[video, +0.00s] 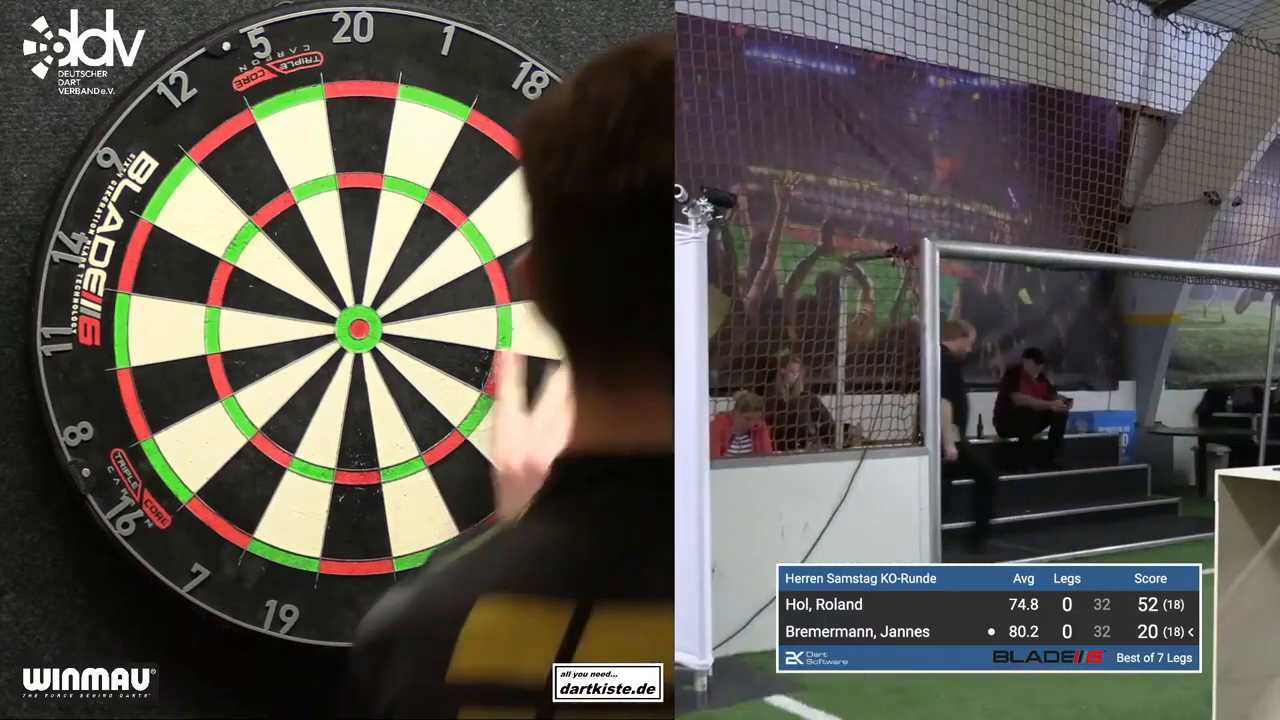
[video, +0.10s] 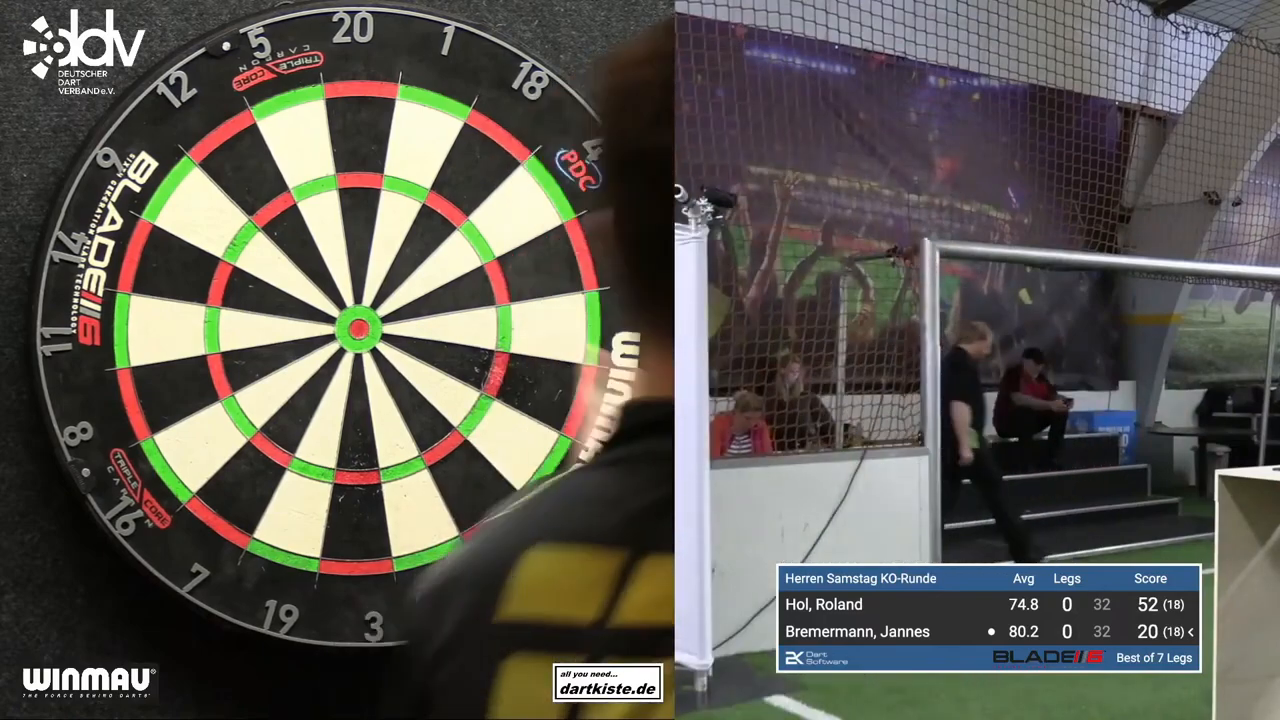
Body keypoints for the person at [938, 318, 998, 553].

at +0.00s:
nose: (969, 349)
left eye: (970, 344)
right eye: (968, 343)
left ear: (953, 339)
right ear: (955, 339)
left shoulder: (940, 358)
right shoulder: (947, 362)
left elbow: (943, 403)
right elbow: (944, 404)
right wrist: (948, 442)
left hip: (941, 441)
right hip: (950, 442)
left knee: (940, 492)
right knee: (986, 475)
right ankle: (979, 536)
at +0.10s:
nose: (988, 350)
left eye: (989, 346)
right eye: (986, 345)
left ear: (966, 341)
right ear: (973, 342)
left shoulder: (952, 360)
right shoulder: (961, 363)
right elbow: (959, 405)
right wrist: (964, 445)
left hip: (950, 442)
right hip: (968, 443)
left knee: (944, 499)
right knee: (995, 493)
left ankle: (926, 550)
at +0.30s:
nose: (1017, 352)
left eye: (1018, 347)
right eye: (1016, 346)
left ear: (995, 342)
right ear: (1005, 343)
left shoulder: (979, 363)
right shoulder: (993, 366)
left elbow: (1011, 397)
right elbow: (992, 411)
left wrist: (1048, 405)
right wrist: (998, 450)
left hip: (973, 444)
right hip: (990, 446)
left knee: (965, 495)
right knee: (1014, 500)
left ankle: (935, 542)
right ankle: (1031, 553)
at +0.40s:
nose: (1036, 347)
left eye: (1037, 342)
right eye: (1035, 341)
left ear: (1016, 339)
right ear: (1023, 339)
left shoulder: (1001, 359)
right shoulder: (1012, 363)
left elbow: (1015, 400)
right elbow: (1016, 405)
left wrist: (1047, 405)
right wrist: (1028, 443)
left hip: (997, 443)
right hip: (1009, 445)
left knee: (996, 493)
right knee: (1028, 500)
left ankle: (953, 539)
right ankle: (1033, 557)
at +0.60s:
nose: (1064, 342)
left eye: (1064, 337)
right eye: (1062, 336)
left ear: (1044, 333)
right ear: (1051, 334)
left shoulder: (1026, 355)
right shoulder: (1041, 358)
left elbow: (1028, 398)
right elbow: (1044, 399)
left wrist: (1054, 403)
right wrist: (1065, 433)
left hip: (1022, 439)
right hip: (1034, 441)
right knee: (1040, 493)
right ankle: (1033, 554)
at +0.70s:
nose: (1074, 341)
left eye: (1074, 336)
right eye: (1072, 336)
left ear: (1055, 332)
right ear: (1061, 333)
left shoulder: (1035, 354)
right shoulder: (1050, 357)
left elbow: (1020, 397)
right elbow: (1054, 398)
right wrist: (1076, 433)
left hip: (1038, 440)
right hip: (1048, 442)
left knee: (1042, 496)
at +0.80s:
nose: (1090, 343)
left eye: (1091, 338)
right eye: (1088, 337)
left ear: (1070, 336)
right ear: (1075, 336)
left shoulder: (1057, 357)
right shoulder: (1066, 359)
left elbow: (1052, 401)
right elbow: (1071, 400)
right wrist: (1087, 437)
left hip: (1056, 441)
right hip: (1061, 443)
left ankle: (1110, 546)